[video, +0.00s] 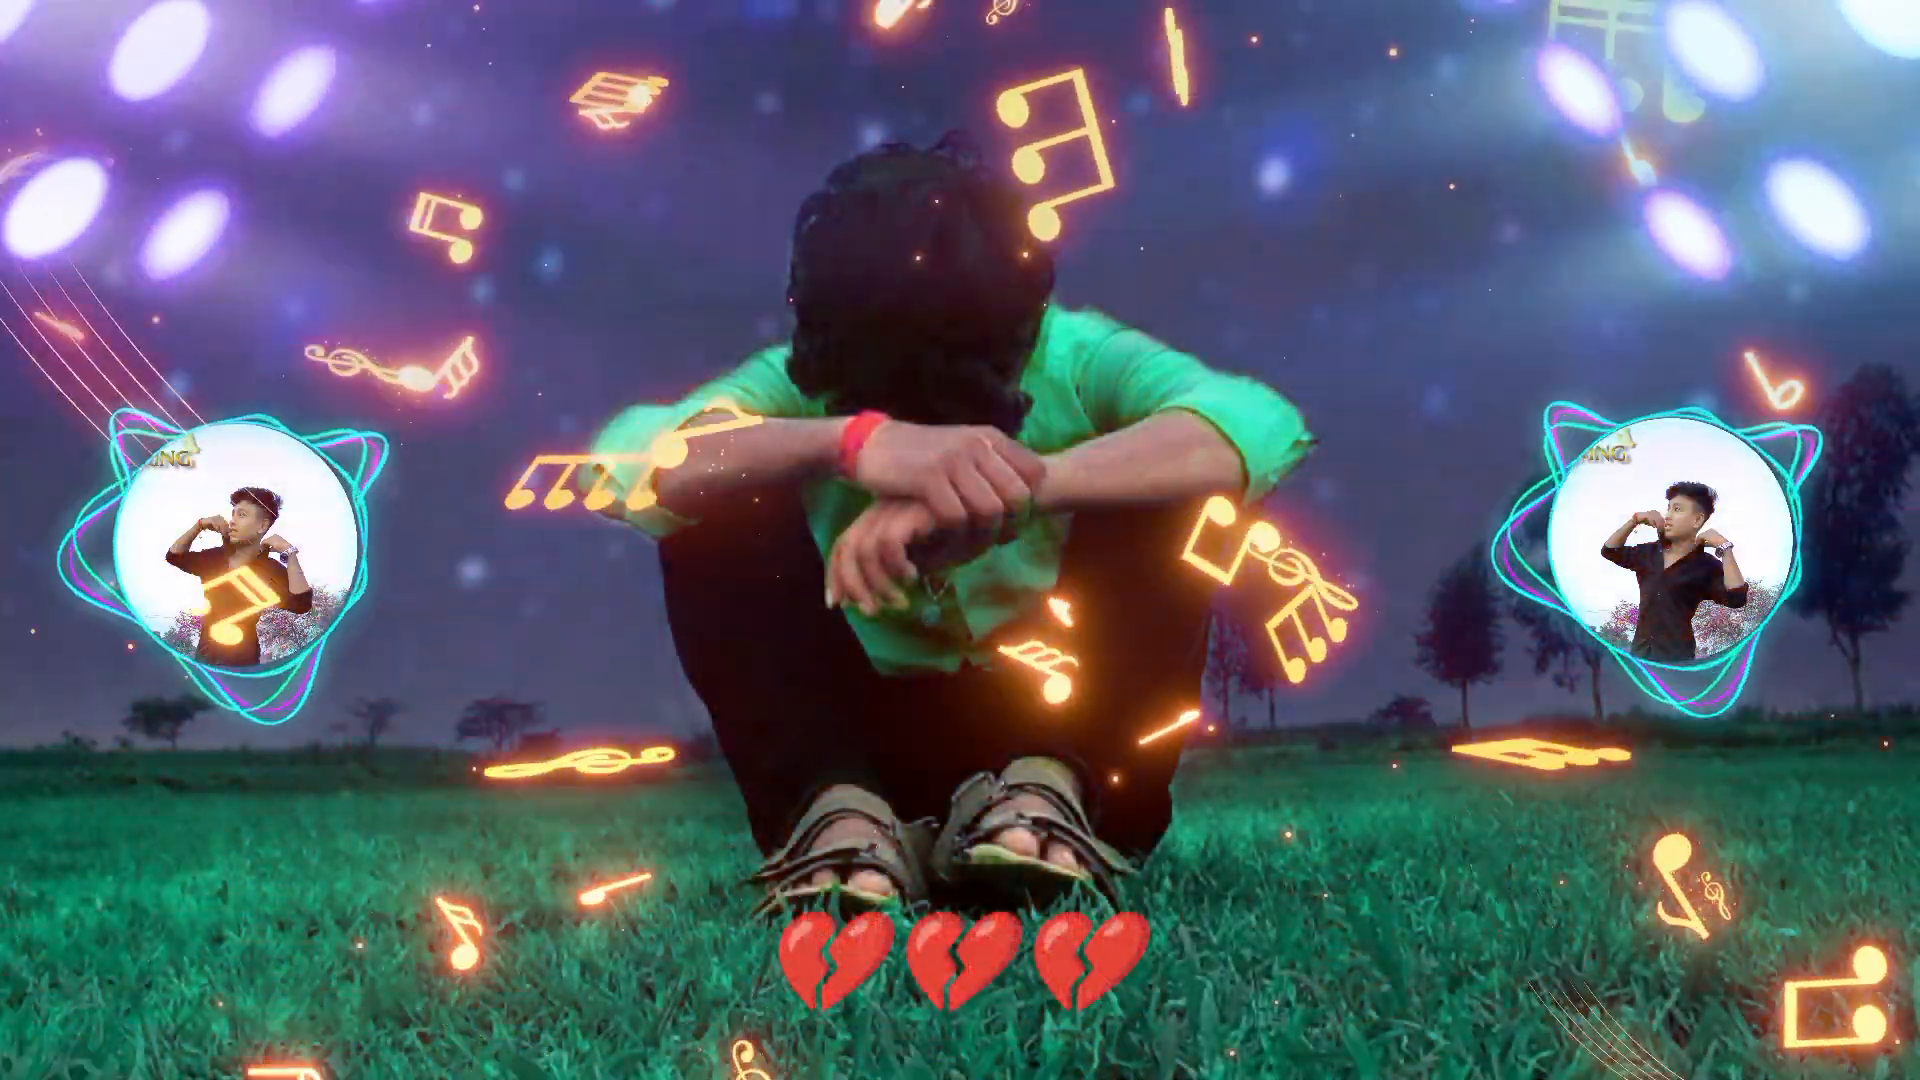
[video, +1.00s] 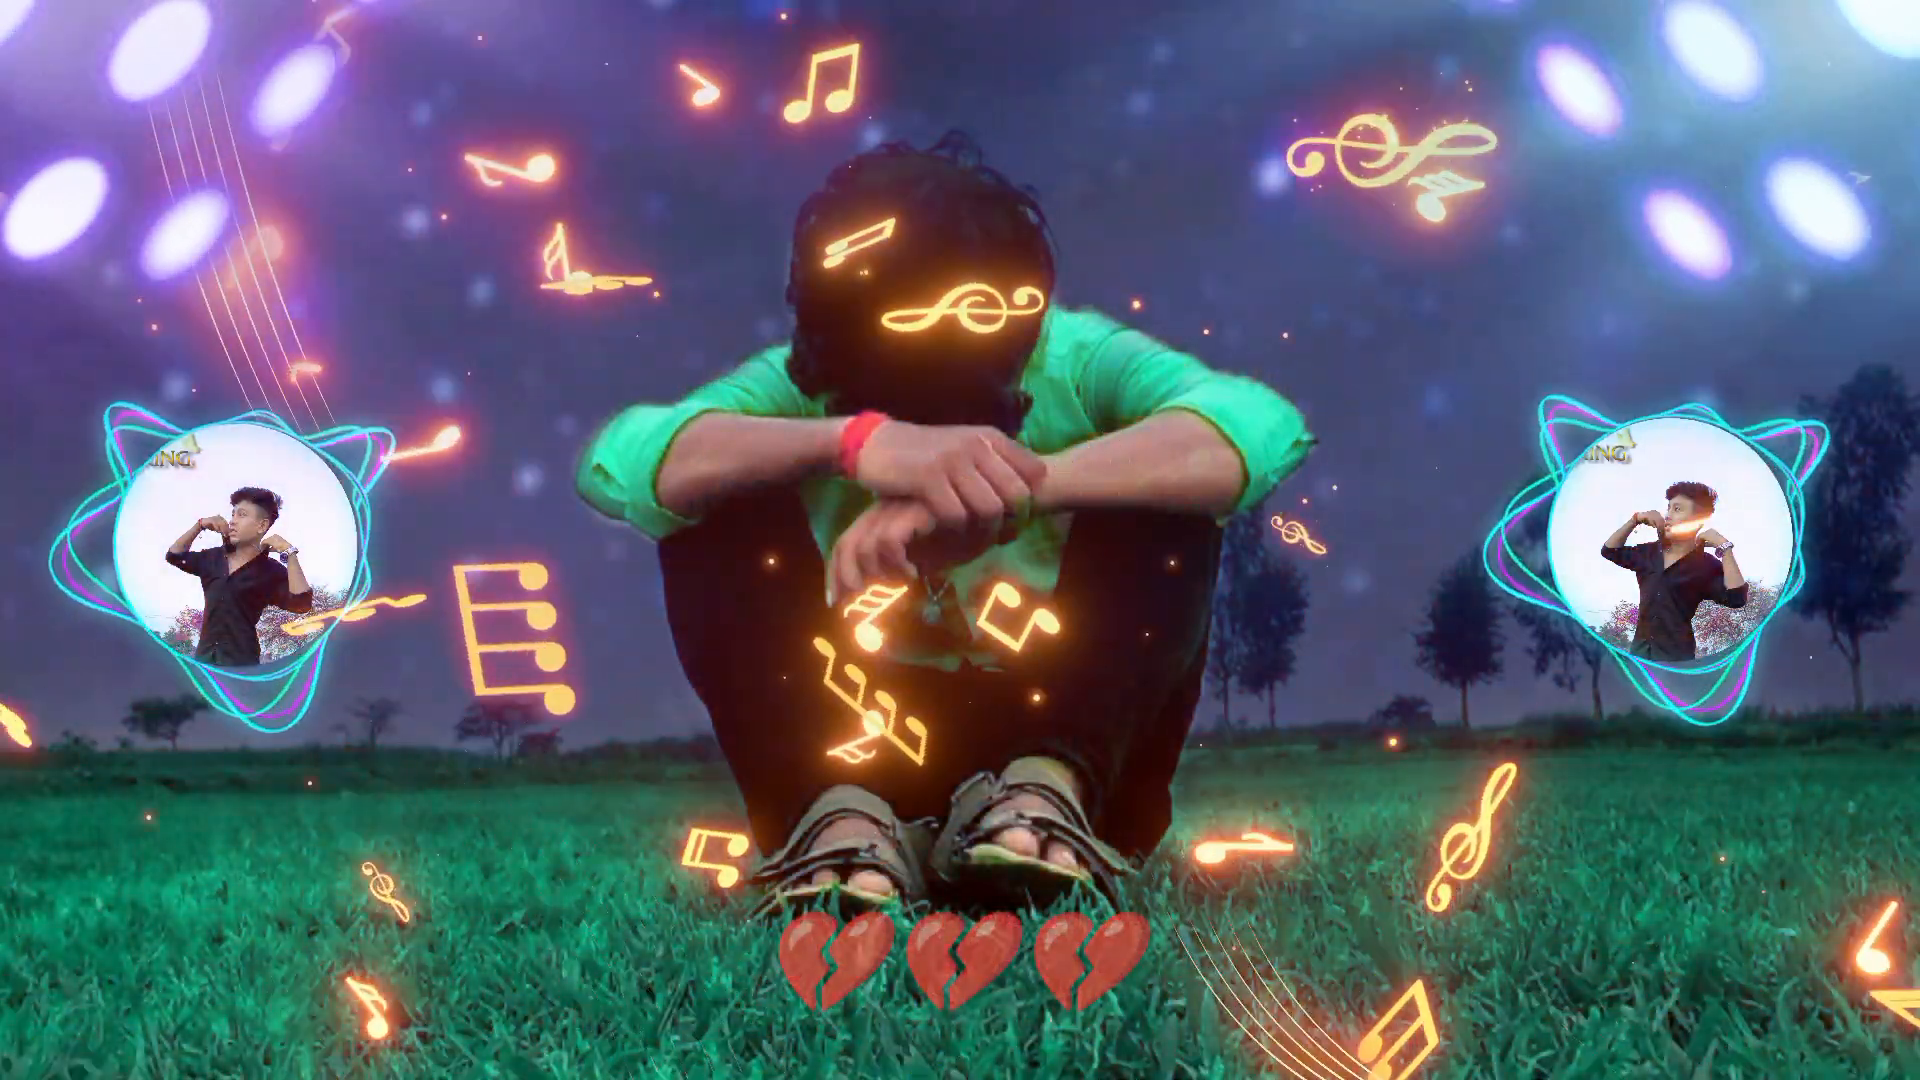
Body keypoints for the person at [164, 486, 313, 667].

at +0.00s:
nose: (232, 520)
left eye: (242, 515)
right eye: (233, 513)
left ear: (264, 525)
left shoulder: (272, 569)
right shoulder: (213, 559)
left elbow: (302, 606)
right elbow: (174, 557)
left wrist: (290, 554)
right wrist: (199, 526)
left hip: (245, 665)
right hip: (206, 660)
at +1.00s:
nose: (232, 521)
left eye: (242, 515)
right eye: (233, 514)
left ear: (263, 525)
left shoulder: (270, 569)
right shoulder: (212, 558)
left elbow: (302, 604)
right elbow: (173, 556)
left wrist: (290, 554)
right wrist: (199, 526)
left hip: (242, 662)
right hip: (204, 658)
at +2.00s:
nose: (232, 521)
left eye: (242, 515)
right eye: (233, 514)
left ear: (263, 525)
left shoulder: (270, 570)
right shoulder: (213, 557)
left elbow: (302, 604)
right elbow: (174, 556)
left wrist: (290, 553)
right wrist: (198, 526)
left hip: (243, 658)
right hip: (205, 654)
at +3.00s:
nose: (232, 521)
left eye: (242, 515)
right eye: (233, 514)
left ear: (263, 525)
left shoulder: (270, 569)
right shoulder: (212, 558)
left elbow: (301, 604)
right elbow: (174, 557)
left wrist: (290, 553)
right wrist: (199, 526)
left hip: (242, 662)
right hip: (203, 659)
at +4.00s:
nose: (232, 521)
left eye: (242, 515)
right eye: (233, 514)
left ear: (263, 525)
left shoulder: (270, 570)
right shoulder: (212, 558)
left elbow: (301, 605)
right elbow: (174, 557)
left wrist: (290, 553)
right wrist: (199, 526)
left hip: (242, 662)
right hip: (203, 658)